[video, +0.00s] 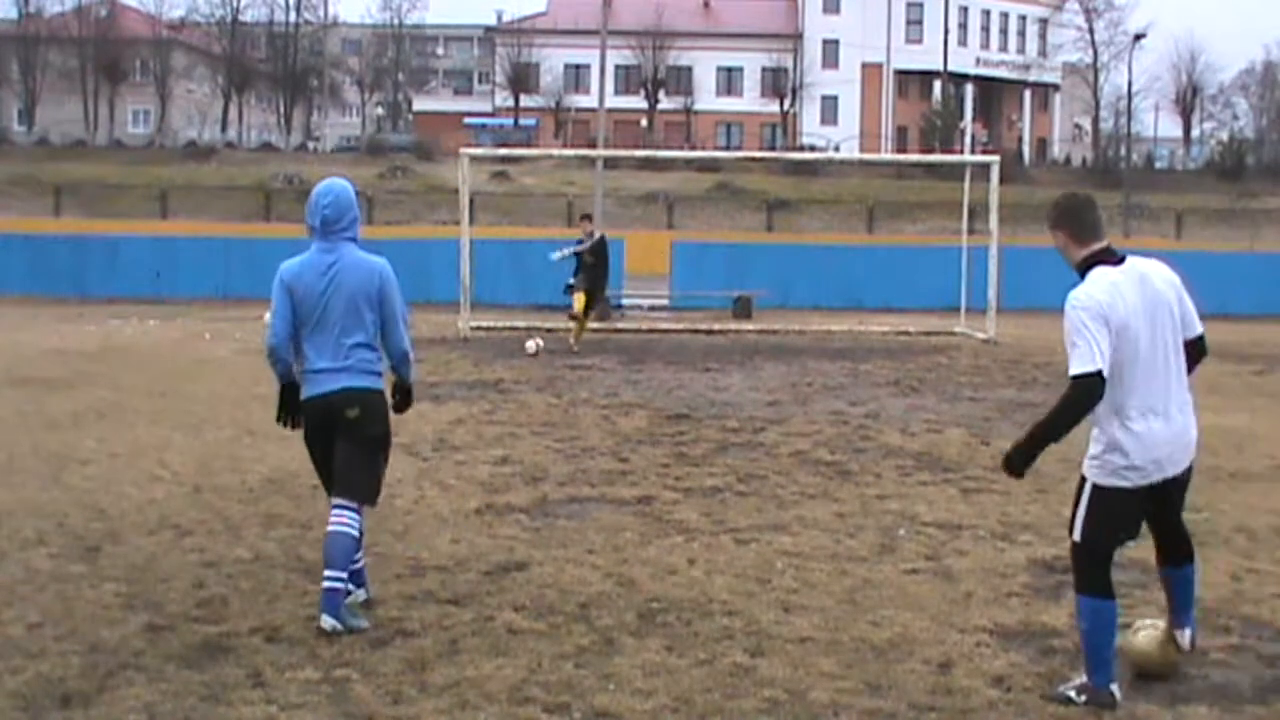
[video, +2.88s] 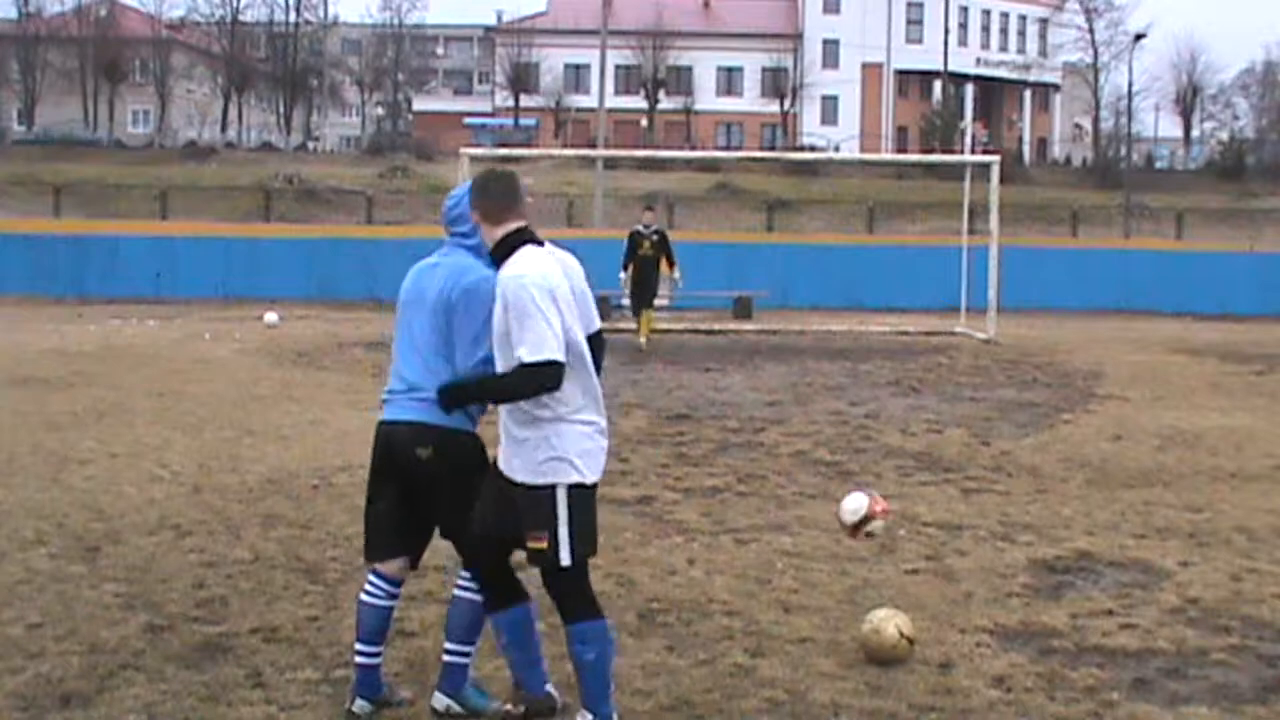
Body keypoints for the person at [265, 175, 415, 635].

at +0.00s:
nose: (357, 220)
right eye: (356, 213)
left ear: (312, 219)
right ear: (356, 217)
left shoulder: (290, 272)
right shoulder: (377, 269)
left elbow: (277, 342)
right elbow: (396, 340)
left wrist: (288, 381)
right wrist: (404, 377)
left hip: (316, 402)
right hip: (364, 399)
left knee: (343, 496)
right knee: (347, 501)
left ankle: (357, 588)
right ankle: (332, 607)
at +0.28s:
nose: (352, 214)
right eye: (353, 206)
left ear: (309, 210)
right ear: (352, 211)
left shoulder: (281, 263)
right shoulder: (372, 264)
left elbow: (263, 332)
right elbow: (394, 338)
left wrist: (264, 379)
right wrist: (411, 392)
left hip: (297, 398)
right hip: (351, 399)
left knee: (304, 489)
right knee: (336, 505)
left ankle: (299, 589)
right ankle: (331, 610)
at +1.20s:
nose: (431, 215)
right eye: (430, 207)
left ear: (382, 206)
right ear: (428, 210)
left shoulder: (351, 264)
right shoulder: (443, 265)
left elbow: (326, 342)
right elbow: (468, 339)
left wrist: (318, 399)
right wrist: (493, 384)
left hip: (363, 407)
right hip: (414, 412)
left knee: (373, 514)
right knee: (410, 528)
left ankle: (350, 627)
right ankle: (395, 643)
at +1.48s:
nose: (451, 231)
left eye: (451, 224)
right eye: (449, 224)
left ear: (400, 218)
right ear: (440, 224)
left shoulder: (361, 277)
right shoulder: (443, 278)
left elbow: (337, 355)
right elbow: (466, 360)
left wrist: (319, 413)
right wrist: (495, 414)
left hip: (385, 430)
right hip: (440, 427)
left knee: (415, 530)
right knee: (490, 517)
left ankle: (416, 646)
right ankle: (446, 608)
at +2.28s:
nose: (525, 239)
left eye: (525, 230)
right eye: (524, 230)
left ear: (472, 220)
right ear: (511, 230)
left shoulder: (420, 270)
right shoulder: (504, 286)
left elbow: (386, 354)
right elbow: (505, 380)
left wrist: (402, 406)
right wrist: (529, 434)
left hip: (404, 429)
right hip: (463, 436)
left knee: (424, 542)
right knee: (473, 556)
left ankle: (406, 658)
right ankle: (459, 680)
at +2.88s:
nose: (500, 233)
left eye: (497, 222)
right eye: (496, 225)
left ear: (451, 222)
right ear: (483, 225)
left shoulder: (418, 272)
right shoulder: (478, 280)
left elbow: (414, 350)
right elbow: (475, 366)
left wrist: (468, 386)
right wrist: (494, 393)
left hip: (393, 429)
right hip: (446, 436)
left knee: (390, 559)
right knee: (484, 555)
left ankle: (366, 684)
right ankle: (454, 682)